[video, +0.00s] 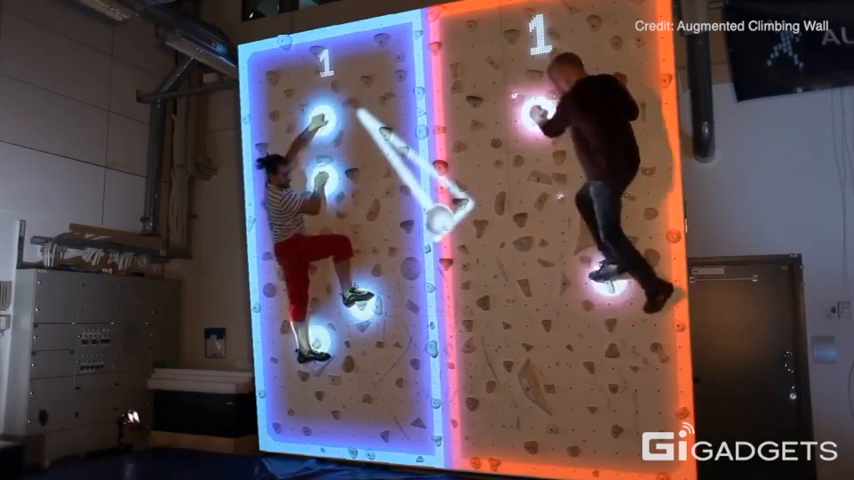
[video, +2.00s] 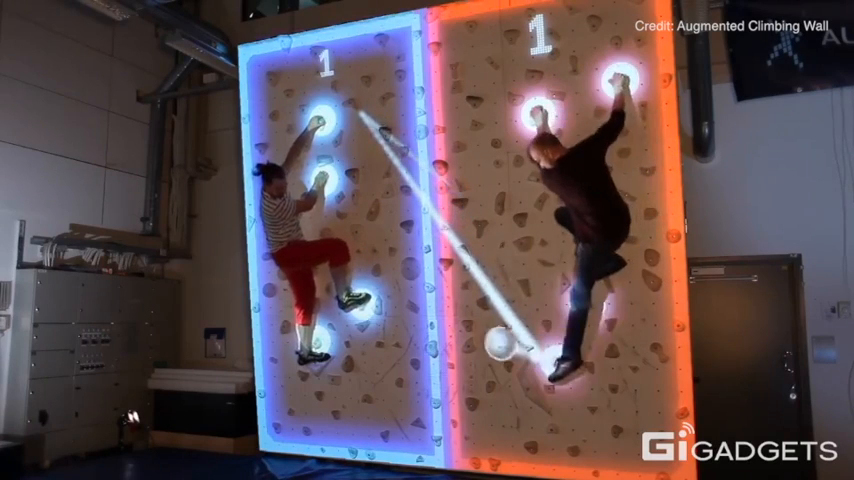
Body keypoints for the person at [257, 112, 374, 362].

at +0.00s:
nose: (289, 176)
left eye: (288, 172)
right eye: (285, 174)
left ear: (278, 173)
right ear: (274, 176)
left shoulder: (273, 186)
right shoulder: (282, 198)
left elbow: (294, 151)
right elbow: (315, 207)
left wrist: (312, 128)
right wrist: (320, 187)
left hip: (286, 248)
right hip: (295, 246)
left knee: (298, 298)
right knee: (339, 243)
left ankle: (304, 350)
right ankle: (349, 293)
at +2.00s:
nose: (283, 187)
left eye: (283, 183)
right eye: (279, 185)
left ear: (283, 181)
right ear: (269, 186)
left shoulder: (270, 194)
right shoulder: (277, 204)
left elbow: (292, 158)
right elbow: (308, 204)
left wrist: (309, 130)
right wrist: (320, 185)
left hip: (285, 254)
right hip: (292, 251)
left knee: (306, 299)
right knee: (336, 247)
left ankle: (305, 352)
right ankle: (345, 296)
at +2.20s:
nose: (288, 186)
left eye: (287, 182)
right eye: (285, 183)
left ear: (280, 182)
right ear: (274, 185)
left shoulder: (272, 195)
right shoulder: (278, 206)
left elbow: (294, 158)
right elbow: (309, 206)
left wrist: (309, 131)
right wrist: (319, 187)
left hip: (285, 255)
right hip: (288, 254)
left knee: (311, 300)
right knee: (334, 258)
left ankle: (306, 350)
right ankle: (339, 308)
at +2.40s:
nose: (303, 193)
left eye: (303, 189)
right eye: (299, 190)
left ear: (299, 186)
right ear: (288, 191)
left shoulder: (284, 193)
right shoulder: (292, 210)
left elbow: (298, 158)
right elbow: (316, 209)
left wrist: (310, 131)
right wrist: (321, 189)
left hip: (281, 255)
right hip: (287, 254)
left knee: (306, 299)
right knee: (334, 269)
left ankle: (305, 350)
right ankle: (351, 316)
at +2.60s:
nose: (297, 199)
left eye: (299, 195)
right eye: (295, 195)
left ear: (284, 190)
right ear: (283, 192)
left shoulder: (277, 200)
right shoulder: (286, 212)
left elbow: (295, 161)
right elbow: (313, 210)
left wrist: (311, 130)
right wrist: (319, 186)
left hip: (279, 259)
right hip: (289, 258)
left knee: (310, 302)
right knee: (327, 289)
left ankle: (306, 347)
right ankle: (355, 331)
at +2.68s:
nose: (295, 194)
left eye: (294, 190)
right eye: (291, 191)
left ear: (288, 189)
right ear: (280, 192)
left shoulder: (276, 199)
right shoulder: (285, 214)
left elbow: (296, 162)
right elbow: (313, 209)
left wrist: (310, 132)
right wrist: (321, 189)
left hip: (279, 258)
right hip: (287, 255)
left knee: (309, 299)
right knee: (327, 279)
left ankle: (305, 348)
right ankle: (338, 326)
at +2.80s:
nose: (294, 190)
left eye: (293, 185)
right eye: (289, 187)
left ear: (288, 185)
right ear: (279, 190)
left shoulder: (278, 194)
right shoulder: (281, 212)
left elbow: (296, 161)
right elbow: (311, 209)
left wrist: (309, 132)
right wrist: (319, 190)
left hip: (281, 256)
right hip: (283, 254)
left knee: (309, 294)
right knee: (329, 253)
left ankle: (306, 348)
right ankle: (334, 298)